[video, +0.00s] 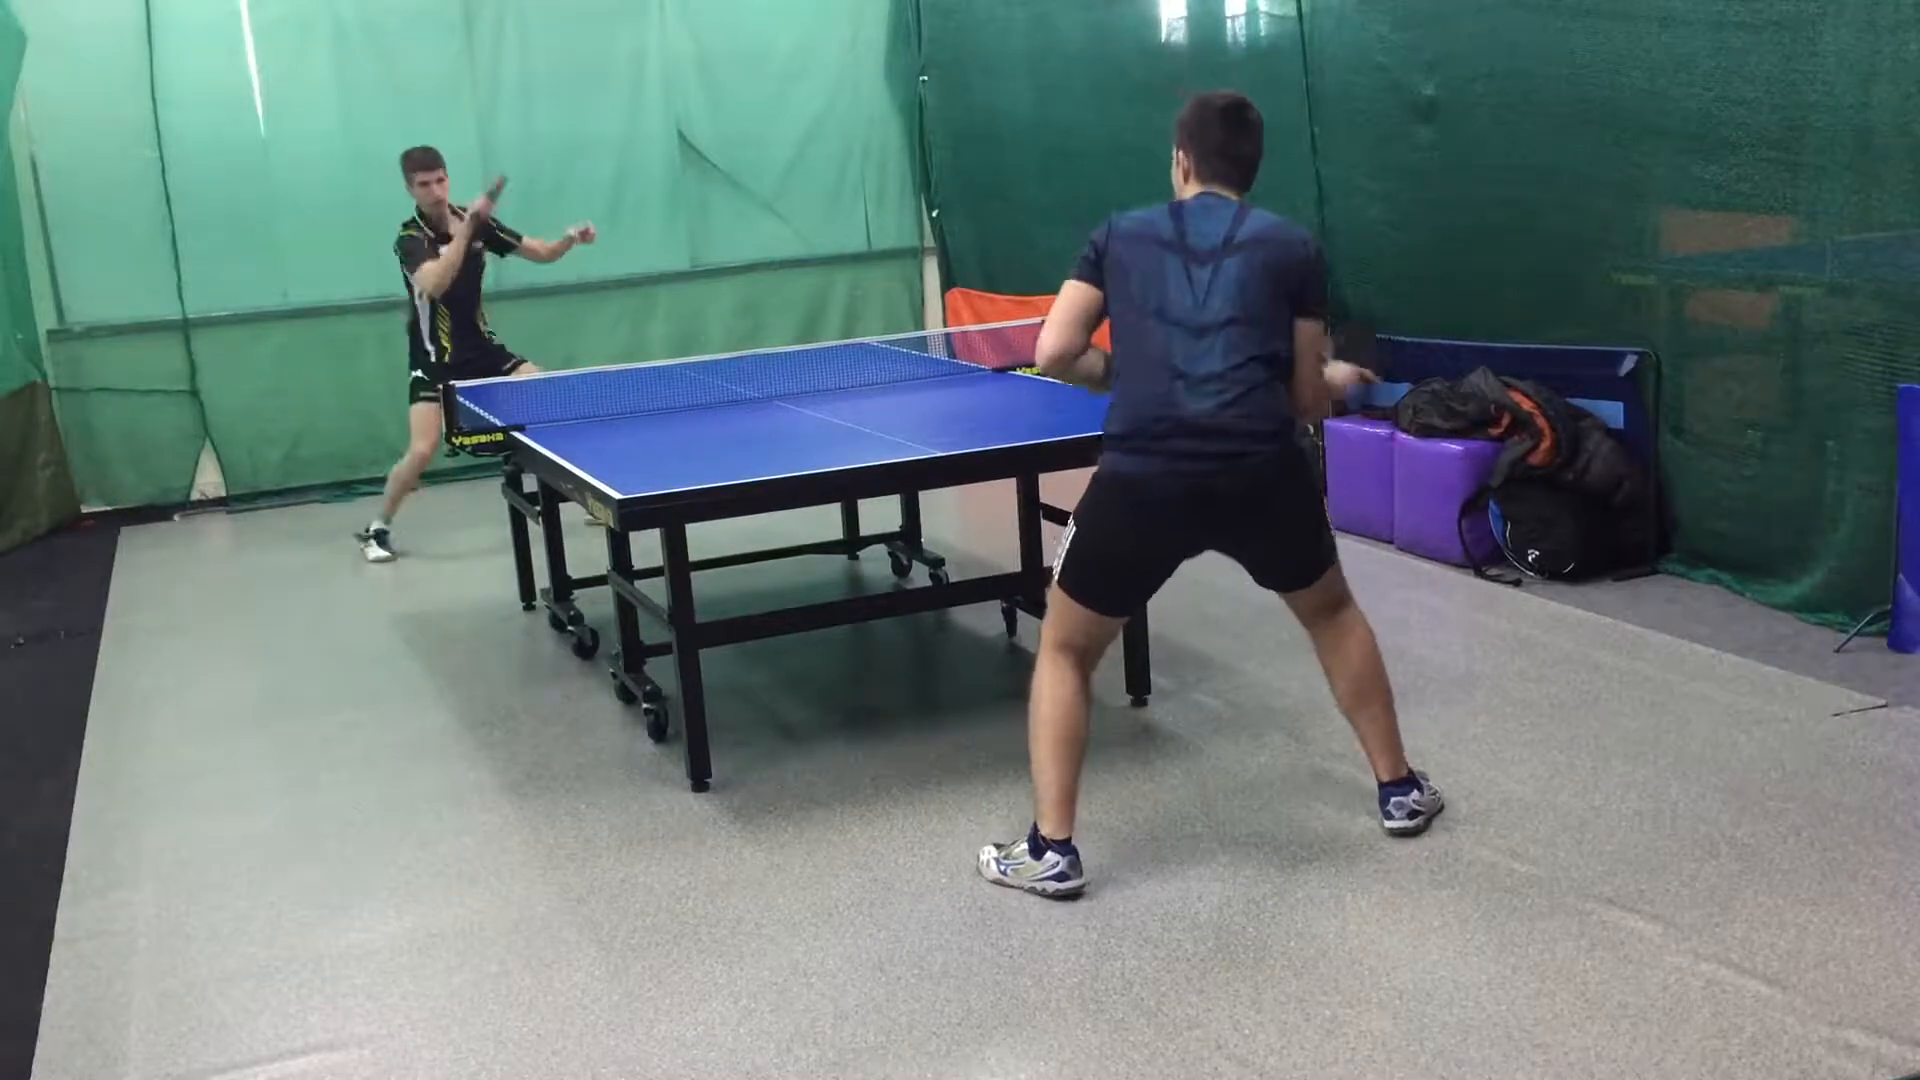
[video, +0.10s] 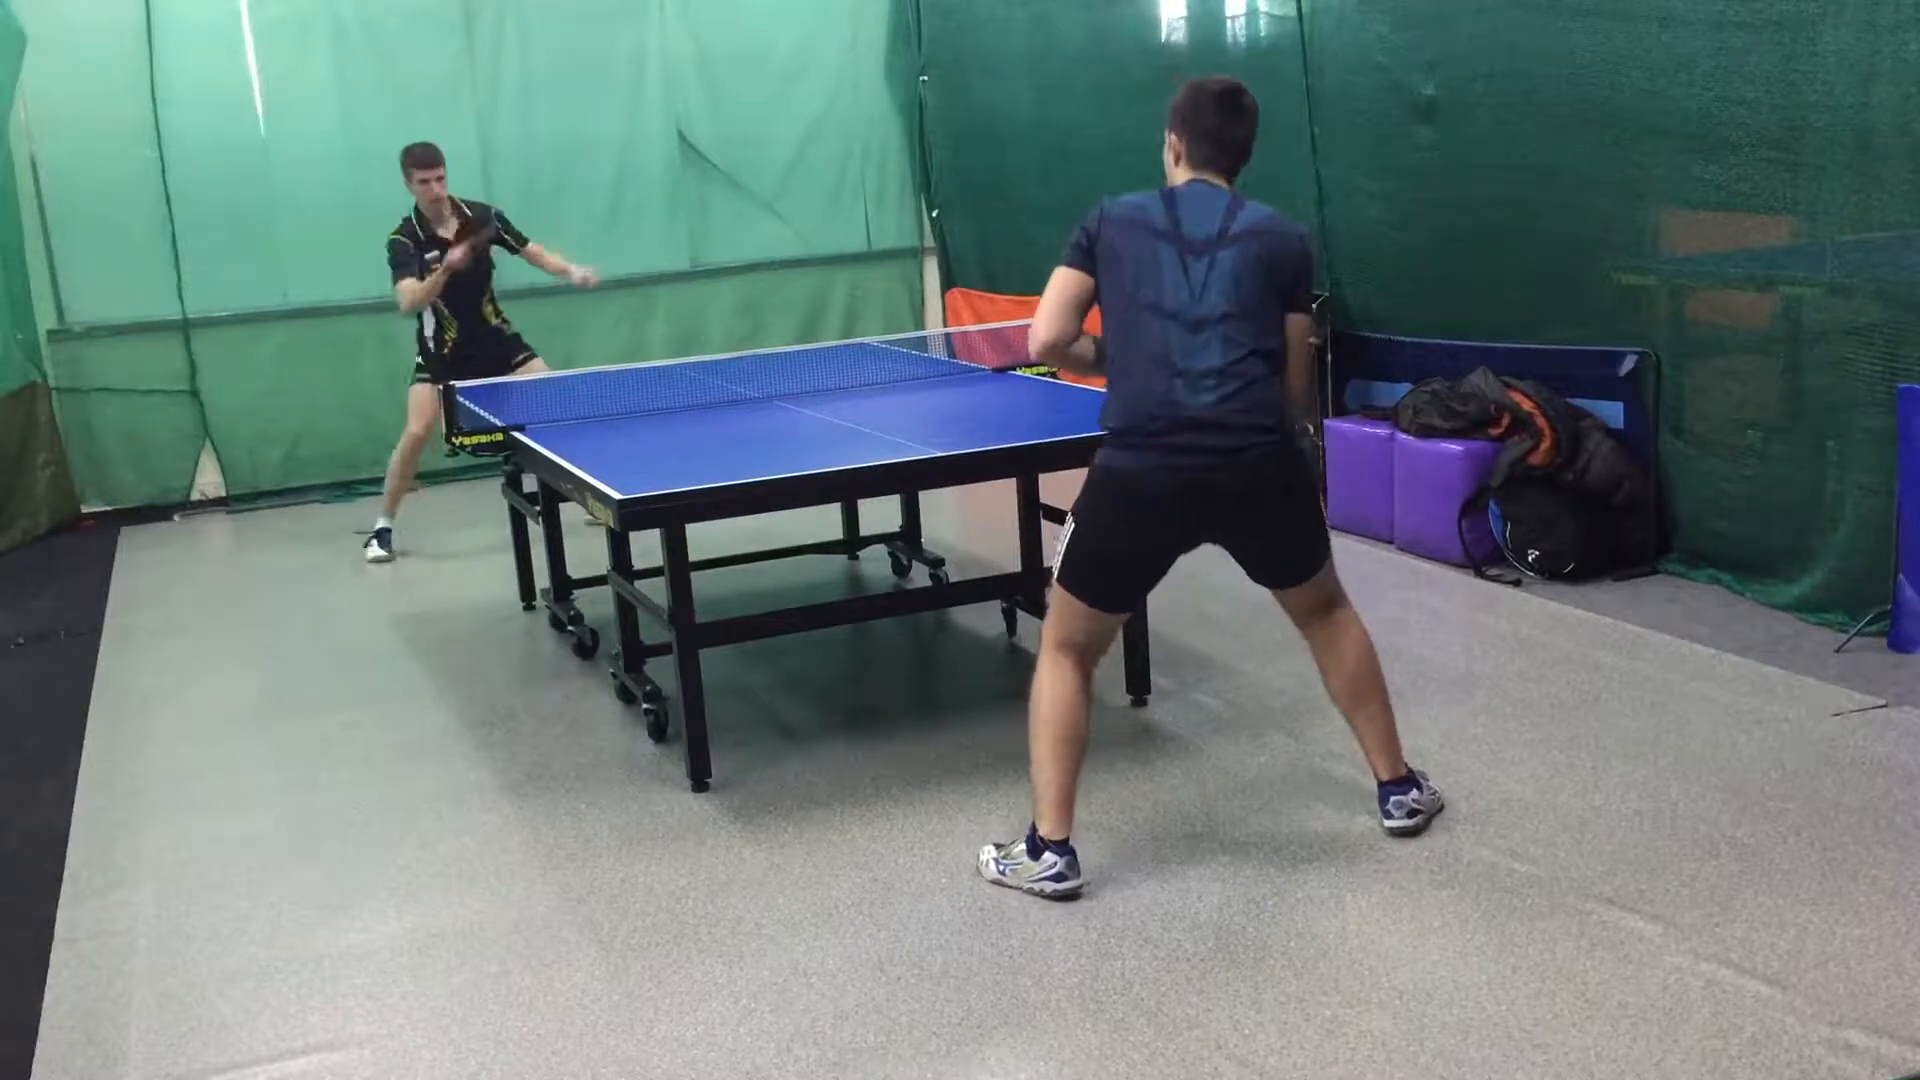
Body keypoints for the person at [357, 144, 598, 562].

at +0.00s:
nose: (436, 190)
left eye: (439, 181)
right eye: (425, 185)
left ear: (448, 179)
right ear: (410, 189)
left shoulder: (474, 221)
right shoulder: (411, 237)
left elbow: (539, 252)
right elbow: (433, 284)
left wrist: (569, 241)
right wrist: (469, 225)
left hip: (480, 348)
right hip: (434, 361)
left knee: (552, 394)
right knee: (423, 451)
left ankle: (592, 493)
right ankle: (380, 526)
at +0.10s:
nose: (437, 189)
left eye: (441, 179)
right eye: (427, 183)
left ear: (448, 175)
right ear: (410, 184)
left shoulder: (482, 217)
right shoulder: (405, 239)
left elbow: (532, 252)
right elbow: (408, 300)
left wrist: (569, 269)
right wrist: (446, 269)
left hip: (495, 338)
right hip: (440, 351)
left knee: (559, 397)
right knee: (418, 431)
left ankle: (592, 491)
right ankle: (384, 526)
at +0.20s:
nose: (425, 192)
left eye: (429, 181)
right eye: (414, 185)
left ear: (436, 177)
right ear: (399, 188)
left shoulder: (471, 216)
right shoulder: (395, 241)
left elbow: (523, 266)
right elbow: (394, 314)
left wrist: (533, 300)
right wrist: (411, 311)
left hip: (500, 322)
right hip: (449, 333)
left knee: (553, 389)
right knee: (417, 420)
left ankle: (563, 477)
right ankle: (424, 515)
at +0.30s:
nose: (413, 211)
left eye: (417, 201)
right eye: (403, 205)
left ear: (426, 194)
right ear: (389, 206)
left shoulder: (461, 235)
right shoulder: (393, 255)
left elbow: (491, 303)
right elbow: (395, 330)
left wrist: (463, 342)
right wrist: (364, 356)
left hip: (504, 320)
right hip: (456, 333)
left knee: (557, 393)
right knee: (422, 424)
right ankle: (436, 515)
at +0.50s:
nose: (421, 224)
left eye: (426, 213)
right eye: (411, 217)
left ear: (439, 202)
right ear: (403, 216)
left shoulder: (475, 240)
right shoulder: (430, 253)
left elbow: (513, 289)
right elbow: (443, 317)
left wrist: (461, 326)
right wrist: (394, 352)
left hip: (543, 345)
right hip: (494, 344)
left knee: (567, 425)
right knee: (441, 419)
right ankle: (439, 515)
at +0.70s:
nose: (478, 186)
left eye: (484, 176)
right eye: (470, 180)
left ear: (503, 174)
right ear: (464, 185)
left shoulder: (542, 209)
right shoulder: (471, 230)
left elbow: (602, 238)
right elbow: (482, 258)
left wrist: (620, 231)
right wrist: (510, 201)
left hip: (569, 332)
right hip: (520, 343)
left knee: (629, 390)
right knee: (498, 425)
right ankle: (477, 511)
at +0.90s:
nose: (518, 181)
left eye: (522, 172)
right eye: (508, 176)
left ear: (533, 170)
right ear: (497, 180)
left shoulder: (563, 209)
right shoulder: (499, 227)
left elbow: (618, 246)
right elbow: (509, 279)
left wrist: (655, 250)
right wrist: (549, 232)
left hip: (574, 335)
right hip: (525, 348)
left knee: (635, 384)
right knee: (495, 435)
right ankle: (465, 511)